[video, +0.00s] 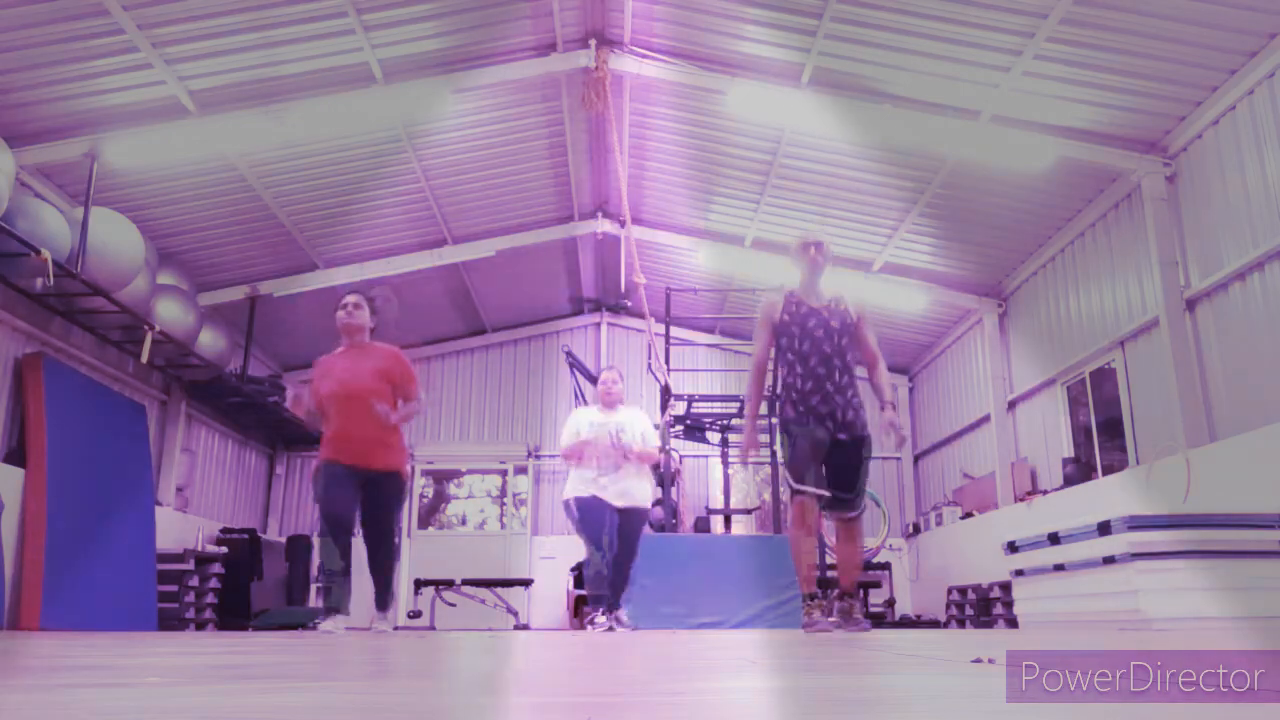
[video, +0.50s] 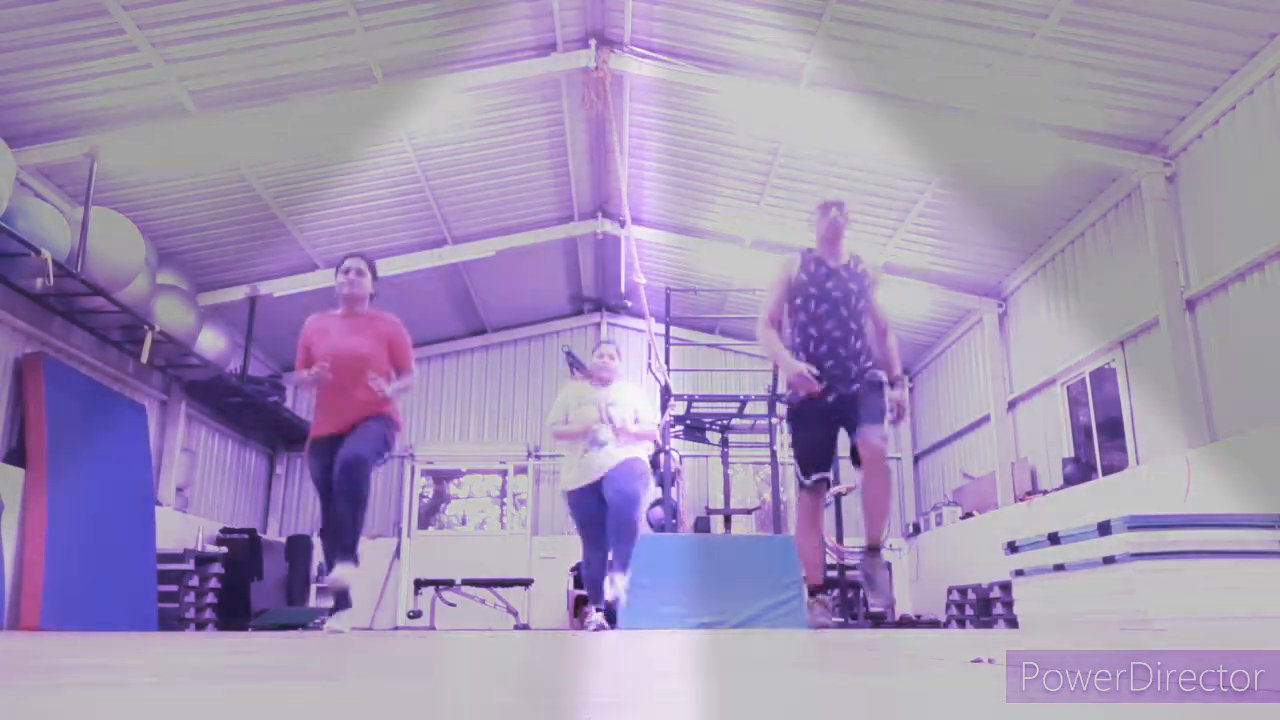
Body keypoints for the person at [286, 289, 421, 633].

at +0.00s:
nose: (349, 311)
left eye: (357, 307)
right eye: (343, 307)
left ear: (371, 319)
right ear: (336, 320)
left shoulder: (390, 356)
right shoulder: (324, 364)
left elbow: (415, 402)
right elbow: (319, 417)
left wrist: (396, 416)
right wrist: (300, 407)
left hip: (383, 463)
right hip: (338, 461)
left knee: (380, 536)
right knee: (335, 529)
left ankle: (383, 610)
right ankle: (335, 611)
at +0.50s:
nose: (352, 278)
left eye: (360, 273)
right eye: (346, 273)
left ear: (372, 285)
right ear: (335, 283)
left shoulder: (388, 325)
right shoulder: (316, 324)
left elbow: (408, 375)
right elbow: (298, 377)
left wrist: (390, 388)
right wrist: (312, 375)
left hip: (373, 419)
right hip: (326, 426)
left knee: (351, 460)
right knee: (329, 503)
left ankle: (345, 559)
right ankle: (340, 598)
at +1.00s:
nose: (350, 262)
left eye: (359, 257)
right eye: (345, 256)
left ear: (374, 268)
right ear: (336, 266)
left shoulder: (390, 310)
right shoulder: (321, 309)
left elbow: (413, 364)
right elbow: (314, 362)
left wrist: (372, 372)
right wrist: (298, 392)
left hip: (366, 420)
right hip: (320, 418)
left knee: (352, 510)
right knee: (295, 489)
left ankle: (352, 605)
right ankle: (320, 561)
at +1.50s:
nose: (318, 265)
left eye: (328, 259)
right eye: (312, 259)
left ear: (343, 272)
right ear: (302, 271)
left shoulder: (360, 313)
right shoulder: (287, 323)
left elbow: (379, 376)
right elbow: (285, 389)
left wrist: (369, 424)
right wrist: (262, 429)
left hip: (349, 437)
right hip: (297, 438)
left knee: (348, 530)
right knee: (292, 523)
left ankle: (354, 594)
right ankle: (298, 612)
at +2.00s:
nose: (310, 242)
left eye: (319, 236)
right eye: (303, 235)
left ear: (334, 249)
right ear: (292, 247)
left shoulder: (354, 299)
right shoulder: (269, 297)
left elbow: (371, 362)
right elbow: (245, 360)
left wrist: (377, 412)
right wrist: (264, 334)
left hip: (338, 398)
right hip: (279, 405)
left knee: (303, 429)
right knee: (273, 509)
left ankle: (307, 535)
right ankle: (282, 612)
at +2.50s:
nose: (318, 209)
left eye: (329, 204)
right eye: (311, 203)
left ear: (347, 219)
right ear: (300, 215)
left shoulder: (363, 266)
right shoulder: (280, 267)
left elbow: (396, 327)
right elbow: (265, 330)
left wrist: (358, 337)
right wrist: (244, 365)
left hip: (339, 401)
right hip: (280, 396)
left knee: (320, 504)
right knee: (255, 472)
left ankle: (305, 608)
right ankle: (284, 558)